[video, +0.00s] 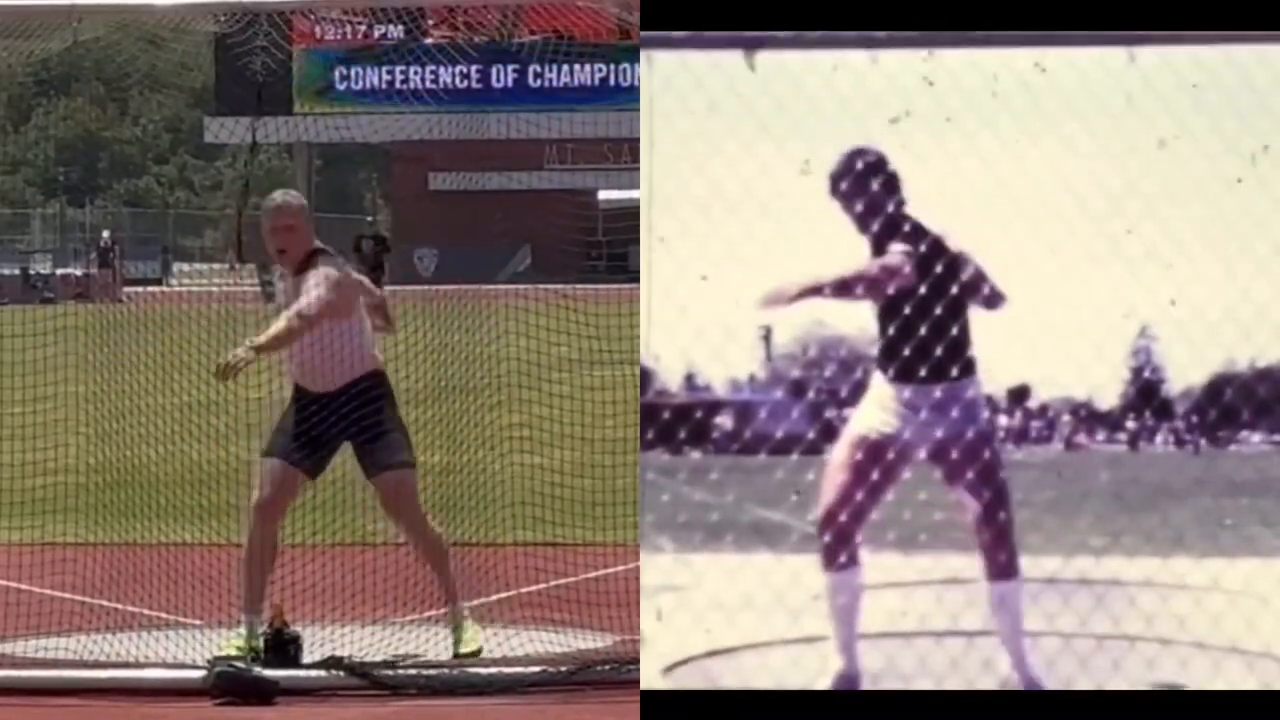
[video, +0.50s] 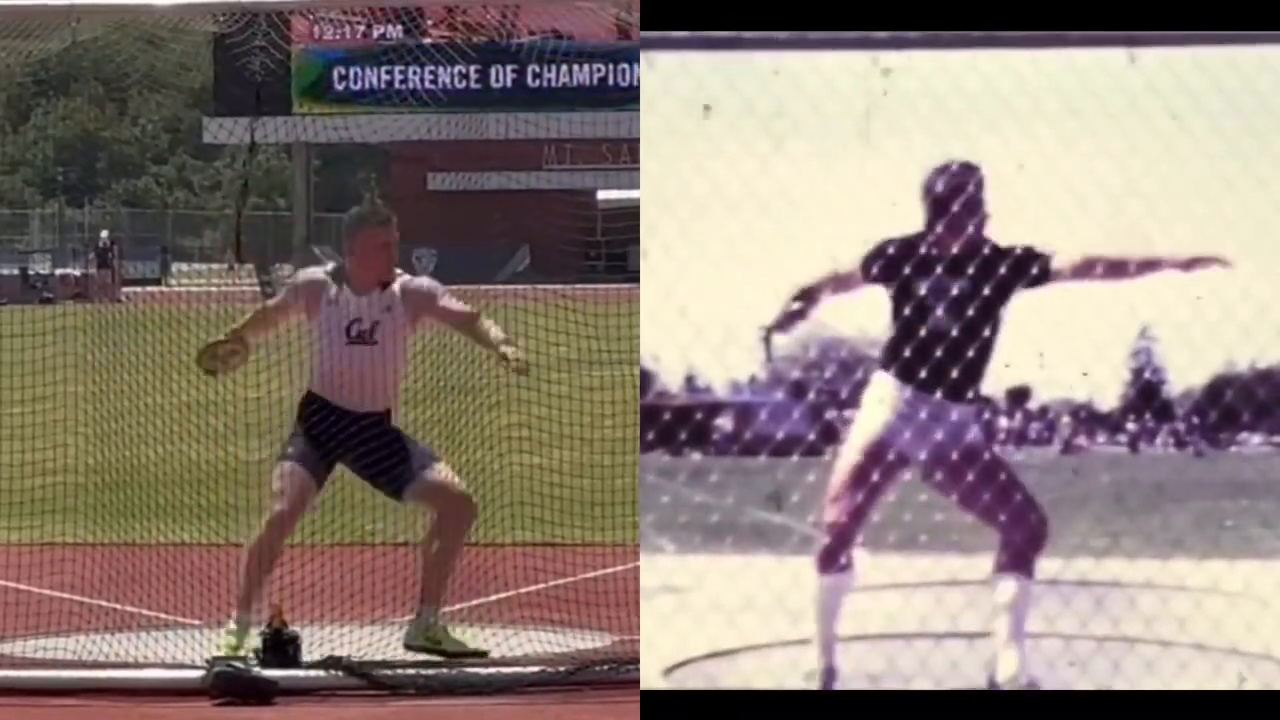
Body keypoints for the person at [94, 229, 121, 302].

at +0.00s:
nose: (105, 239)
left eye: (107, 237)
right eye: (104, 237)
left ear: (109, 237)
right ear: (101, 236)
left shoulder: (113, 245)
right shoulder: (99, 245)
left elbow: (116, 257)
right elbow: (95, 254)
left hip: (110, 267)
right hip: (101, 267)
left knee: (109, 283)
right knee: (101, 283)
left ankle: (111, 297)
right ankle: (101, 298)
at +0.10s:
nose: (105, 238)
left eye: (107, 236)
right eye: (104, 236)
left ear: (109, 236)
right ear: (101, 236)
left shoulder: (113, 245)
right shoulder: (99, 244)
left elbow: (115, 256)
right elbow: (96, 254)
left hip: (110, 266)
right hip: (101, 266)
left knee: (110, 282)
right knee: (101, 282)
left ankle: (111, 297)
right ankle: (101, 297)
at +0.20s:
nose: (105, 238)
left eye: (107, 237)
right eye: (103, 236)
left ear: (109, 236)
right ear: (101, 236)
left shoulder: (112, 245)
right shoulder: (99, 244)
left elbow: (115, 256)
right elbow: (95, 254)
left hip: (109, 267)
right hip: (101, 266)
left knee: (109, 282)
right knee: (101, 282)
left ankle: (110, 297)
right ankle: (100, 297)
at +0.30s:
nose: (105, 239)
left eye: (106, 237)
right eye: (103, 237)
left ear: (109, 237)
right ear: (101, 236)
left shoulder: (112, 245)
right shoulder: (98, 245)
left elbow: (114, 256)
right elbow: (96, 254)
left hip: (109, 267)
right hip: (100, 267)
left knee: (109, 283)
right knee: (101, 283)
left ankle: (110, 297)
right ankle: (100, 298)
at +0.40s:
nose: (104, 238)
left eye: (106, 236)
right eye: (103, 236)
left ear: (108, 236)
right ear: (100, 236)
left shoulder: (111, 245)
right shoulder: (98, 245)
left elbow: (114, 256)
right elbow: (96, 254)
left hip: (108, 266)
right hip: (100, 267)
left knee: (109, 283)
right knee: (100, 283)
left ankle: (110, 298)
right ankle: (100, 298)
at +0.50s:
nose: (104, 239)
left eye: (105, 237)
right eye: (102, 237)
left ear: (108, 237)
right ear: (100, 237)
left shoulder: (111, 245)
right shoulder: (98, 245)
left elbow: (113, 255)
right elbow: (96, 255)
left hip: (108, 266)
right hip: (100, 266)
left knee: (108, 282)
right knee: (100, 283)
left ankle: (109, 297)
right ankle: (100, 298)